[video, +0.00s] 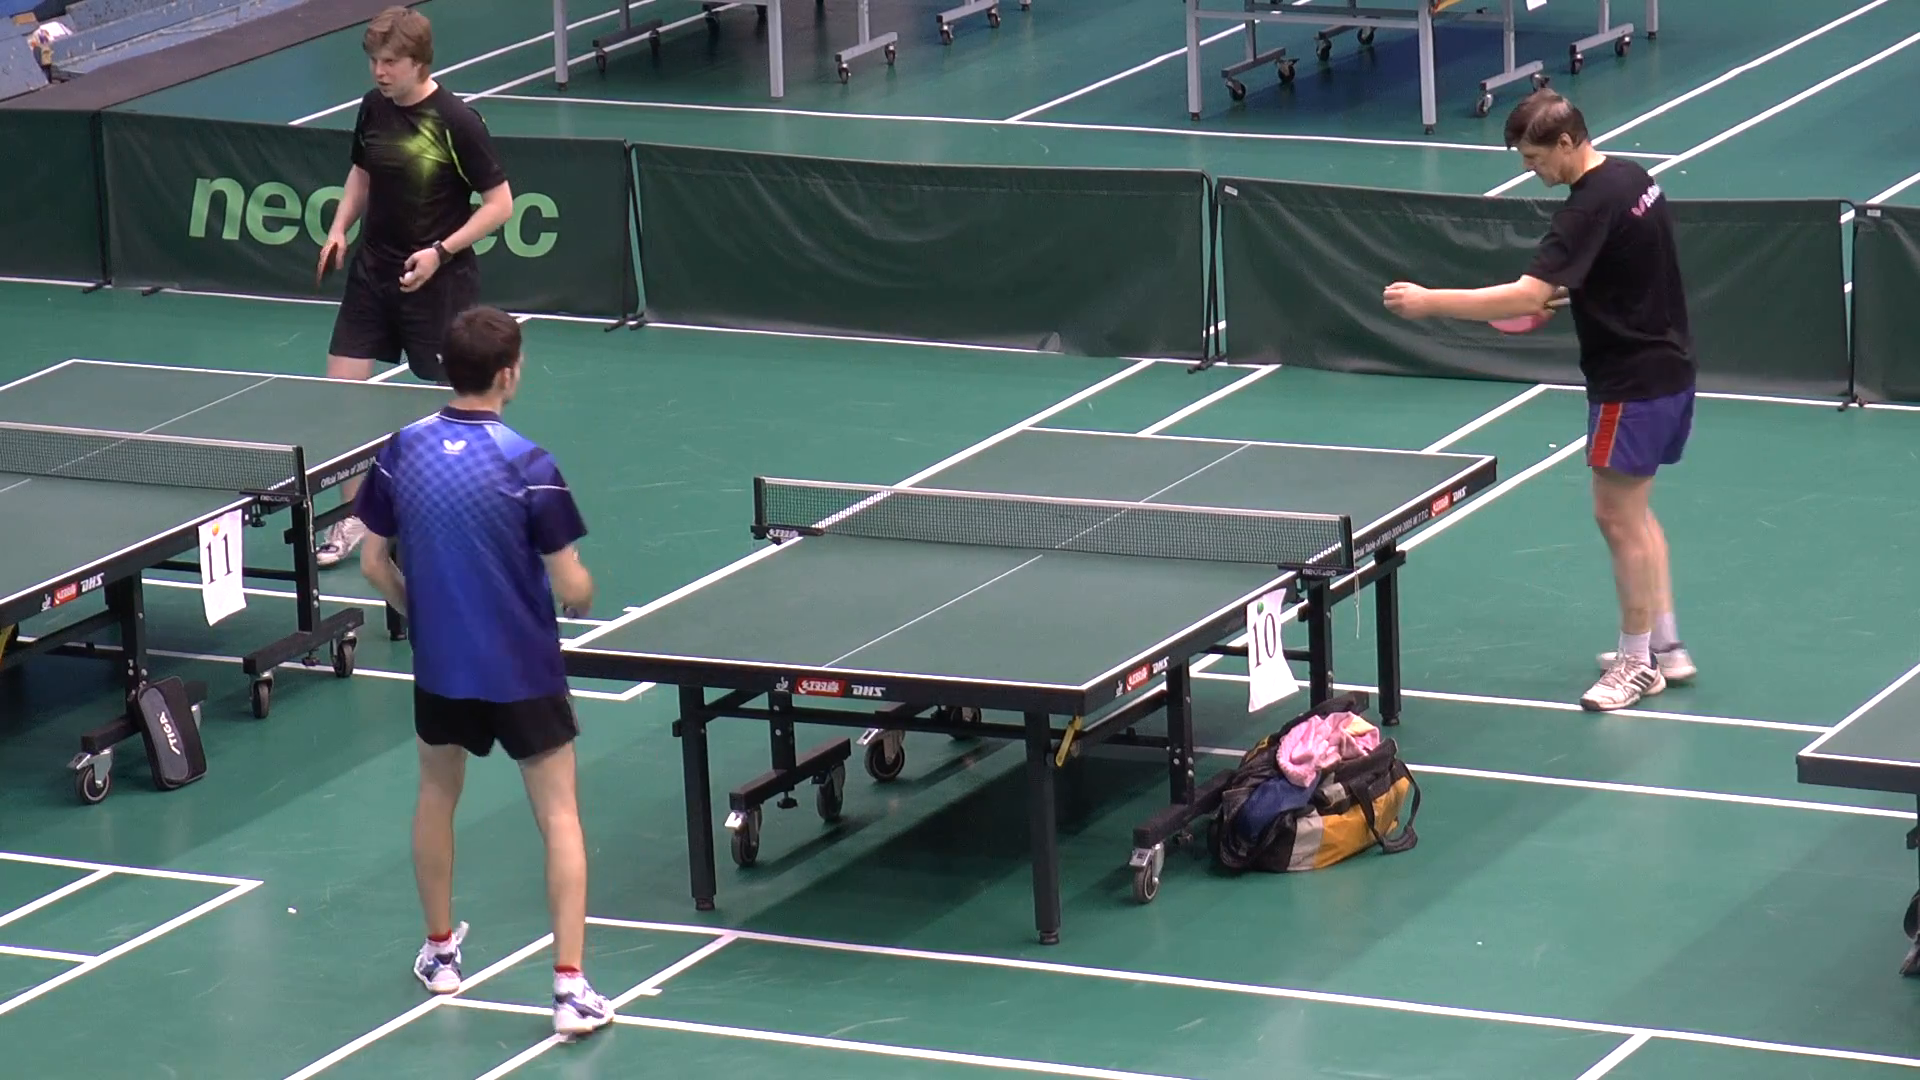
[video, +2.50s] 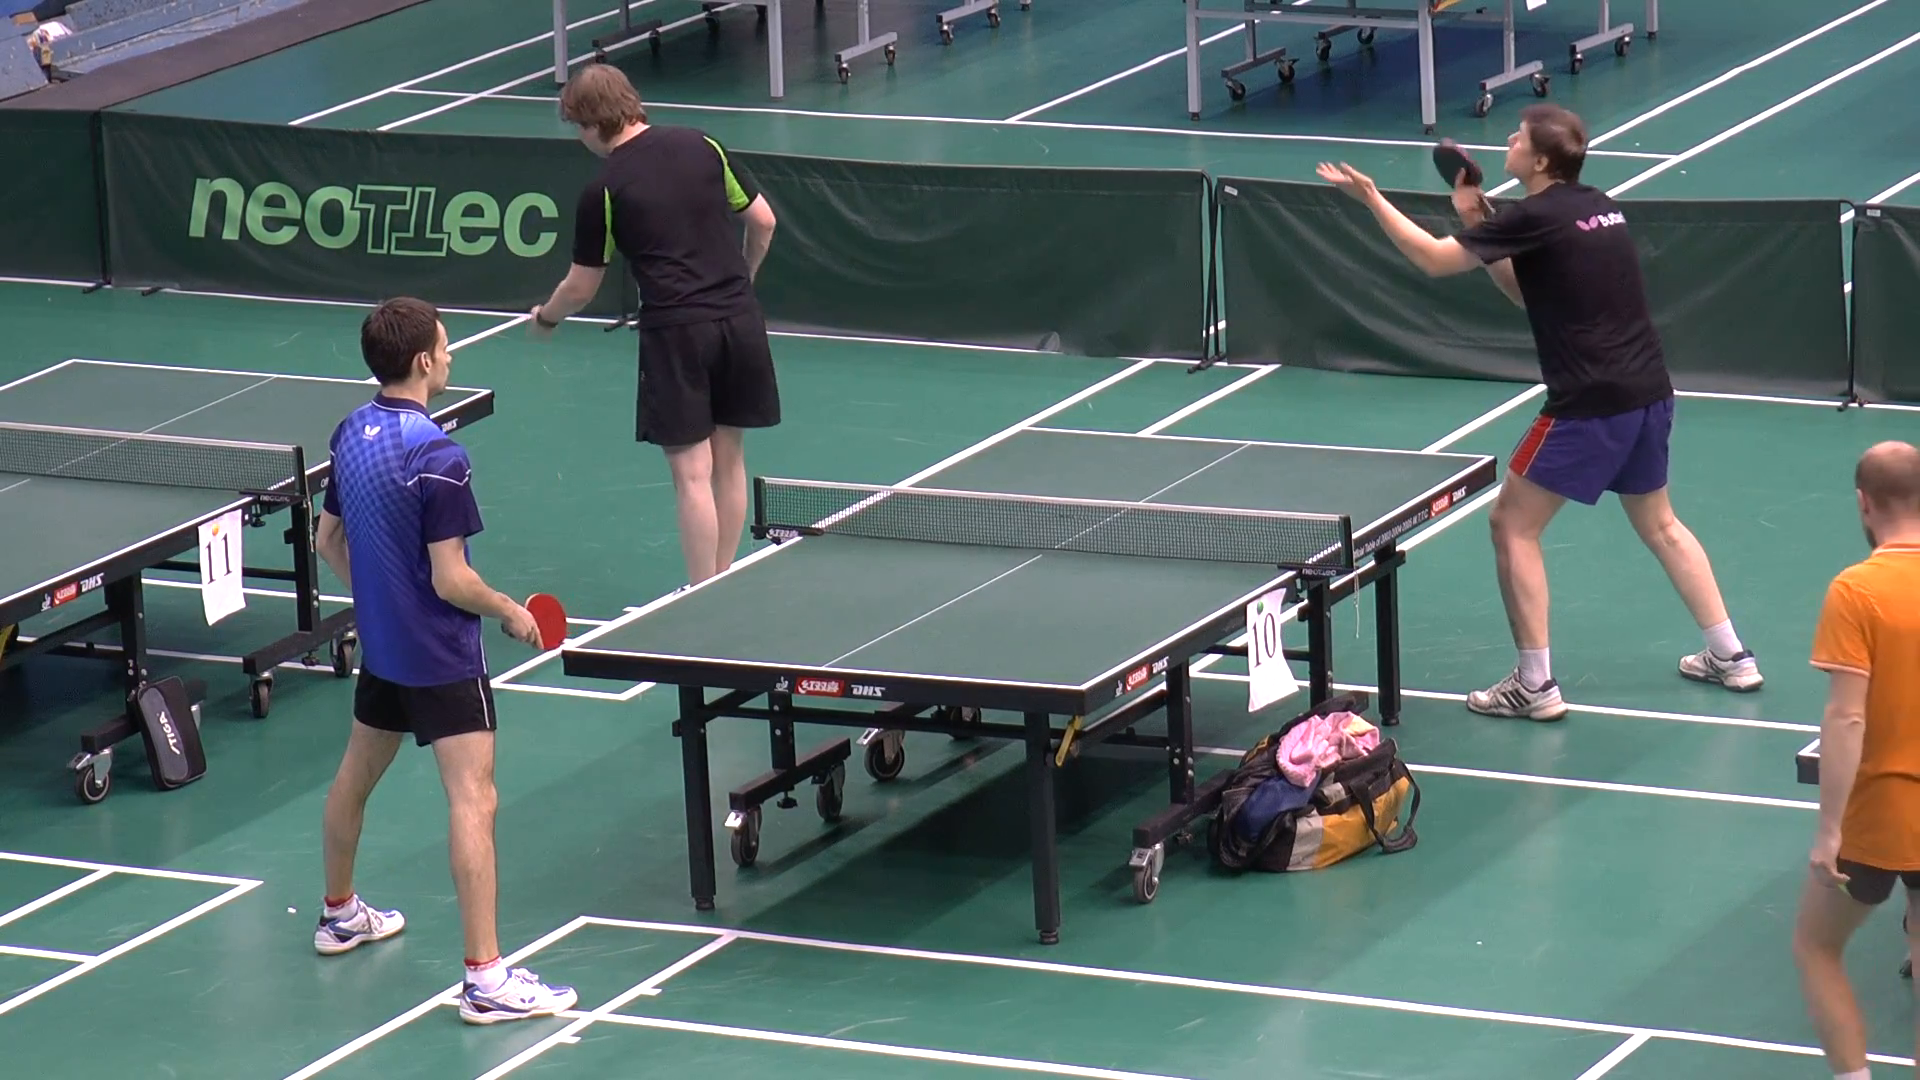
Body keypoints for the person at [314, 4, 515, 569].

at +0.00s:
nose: (378, 72)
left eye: (387, 63)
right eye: (374, 62)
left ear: (419, 61)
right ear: (373, 61)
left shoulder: (459, 120)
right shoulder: (373, 108)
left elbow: (500, 203)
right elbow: (361, 175)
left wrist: (442, 251)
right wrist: (339, 228)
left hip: (440, 281)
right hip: (373, 272)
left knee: (455, 399)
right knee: (343, 386)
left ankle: (468, 515)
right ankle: (359, 513)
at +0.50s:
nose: (359, 89)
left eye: (368, 78)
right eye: (350, 79)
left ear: (392, 71)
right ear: (342, 76)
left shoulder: (428, 125)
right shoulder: (336, 130)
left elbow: (477, 204)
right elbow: (312, 196)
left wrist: (426, 222)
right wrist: (308, 220)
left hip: (422, 291)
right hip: (359, 291)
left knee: (425, 411)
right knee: (344, 409)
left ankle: (428, 537)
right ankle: (358, 537)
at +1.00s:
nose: (397, 121)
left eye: (405, 111)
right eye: (392, 111)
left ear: (437, 101)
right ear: (404, 103)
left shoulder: (464, 150)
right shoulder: (441, 137)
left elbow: (459, 248)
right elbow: (448, 229)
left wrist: (385, 282)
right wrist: (403, 253)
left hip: (483, 304)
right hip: (458, 299)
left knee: (464, 436)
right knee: (453, 431)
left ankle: (497, 578)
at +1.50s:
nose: (517, 115)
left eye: (516, 105)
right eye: (514, 105)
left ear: (534, 104)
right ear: (572, 92)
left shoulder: (546, 167)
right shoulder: (634, 148)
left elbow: (522, 261)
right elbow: (660, 228)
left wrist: (460, 275)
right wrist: (603, 234)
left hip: (569, 336)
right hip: (639, 326)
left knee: (530, 460)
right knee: (668, 449)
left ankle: (502, 575)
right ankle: (705, 576)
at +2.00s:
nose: (592, 112)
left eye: (590, 103)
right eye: (590, 103)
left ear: (601, 100)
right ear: (644, 84)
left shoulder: (613, 157)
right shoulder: (704, 142)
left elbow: (586, 255)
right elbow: (738, 230)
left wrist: (552, 256)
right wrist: (722, 298)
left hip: (645, 331)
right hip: (705, 322)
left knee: (661, 468)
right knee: (702, 455)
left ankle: (697, 593)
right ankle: (714, 582)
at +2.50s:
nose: (581, 138)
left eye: (579, 127)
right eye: (576, 129)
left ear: (595, 121)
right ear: (633, 104)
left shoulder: (606, 186)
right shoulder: (700, 146)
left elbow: (580, 286)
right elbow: (763, 219)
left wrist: (547, 315)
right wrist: (741, 276)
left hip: (677, 333)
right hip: (740, 322)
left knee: (693, 478)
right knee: (729, 464)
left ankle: (704, 603)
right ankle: (722, 589)